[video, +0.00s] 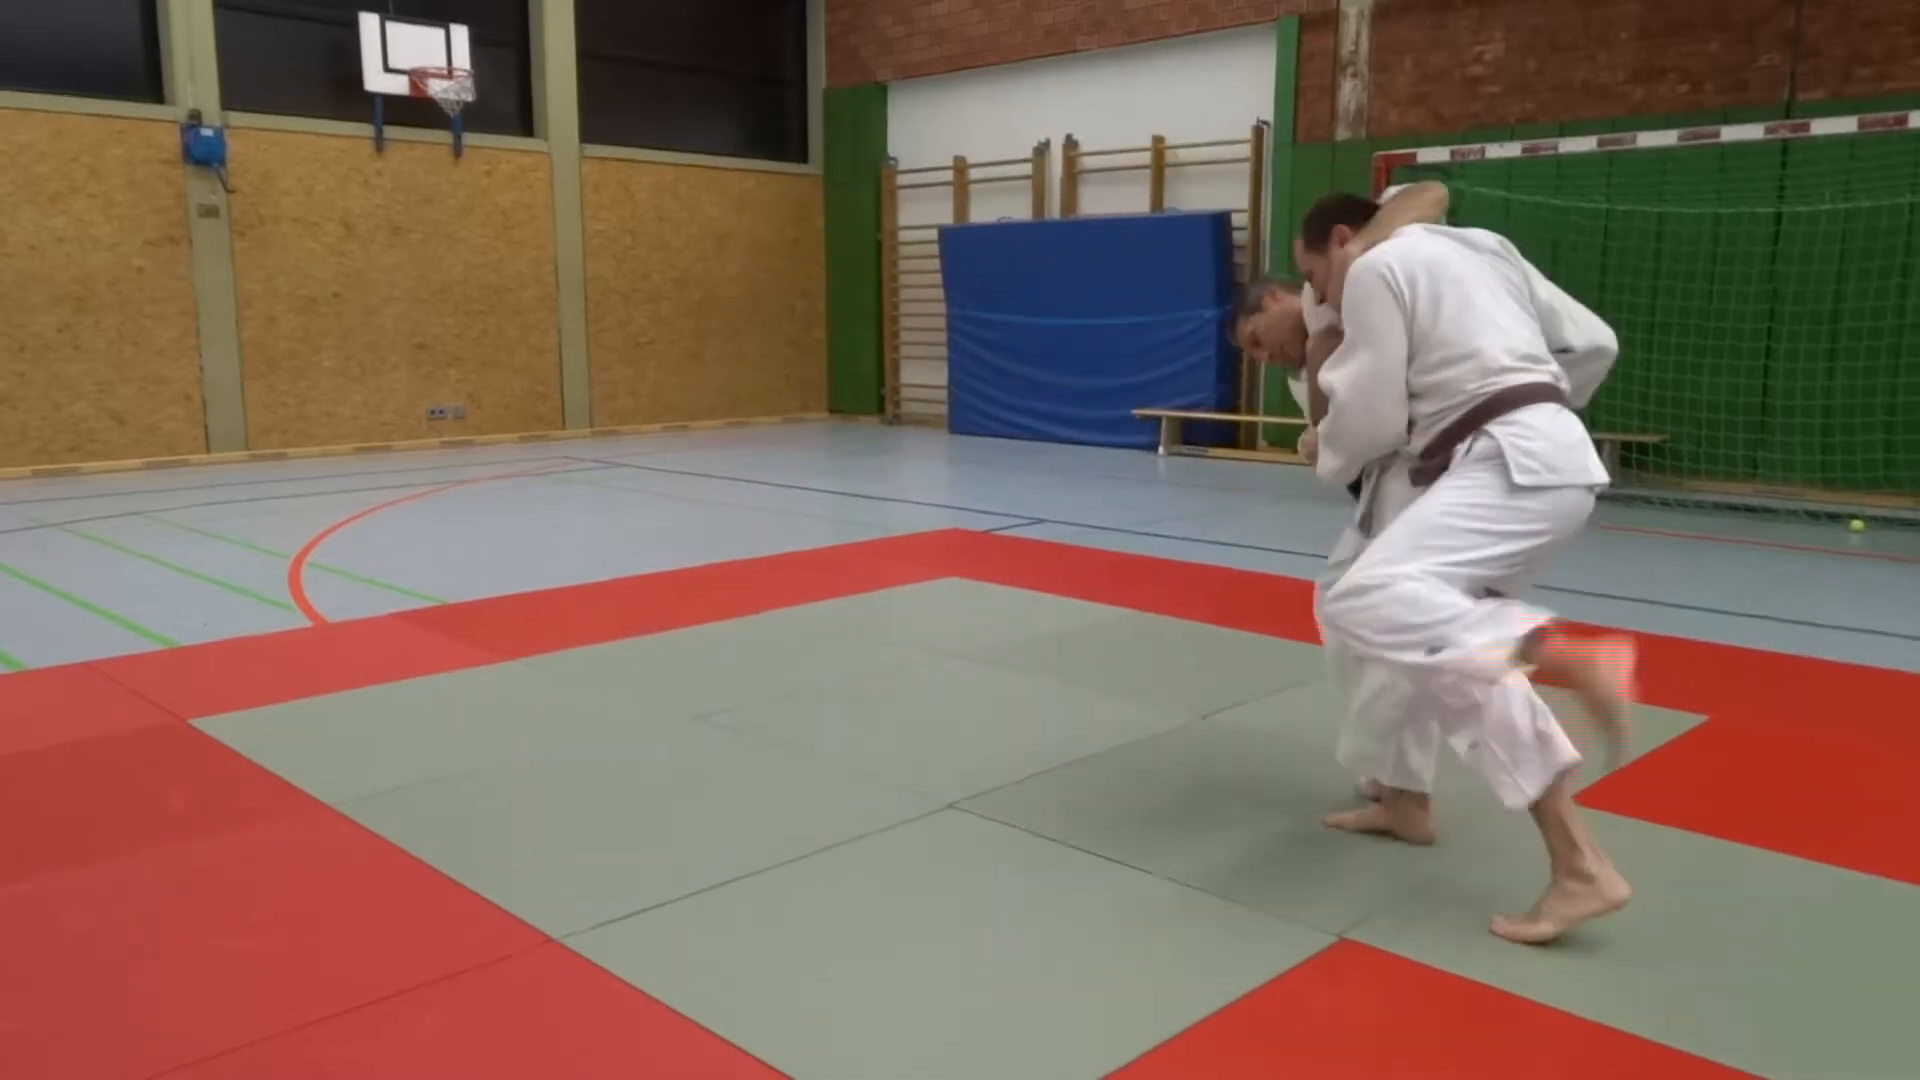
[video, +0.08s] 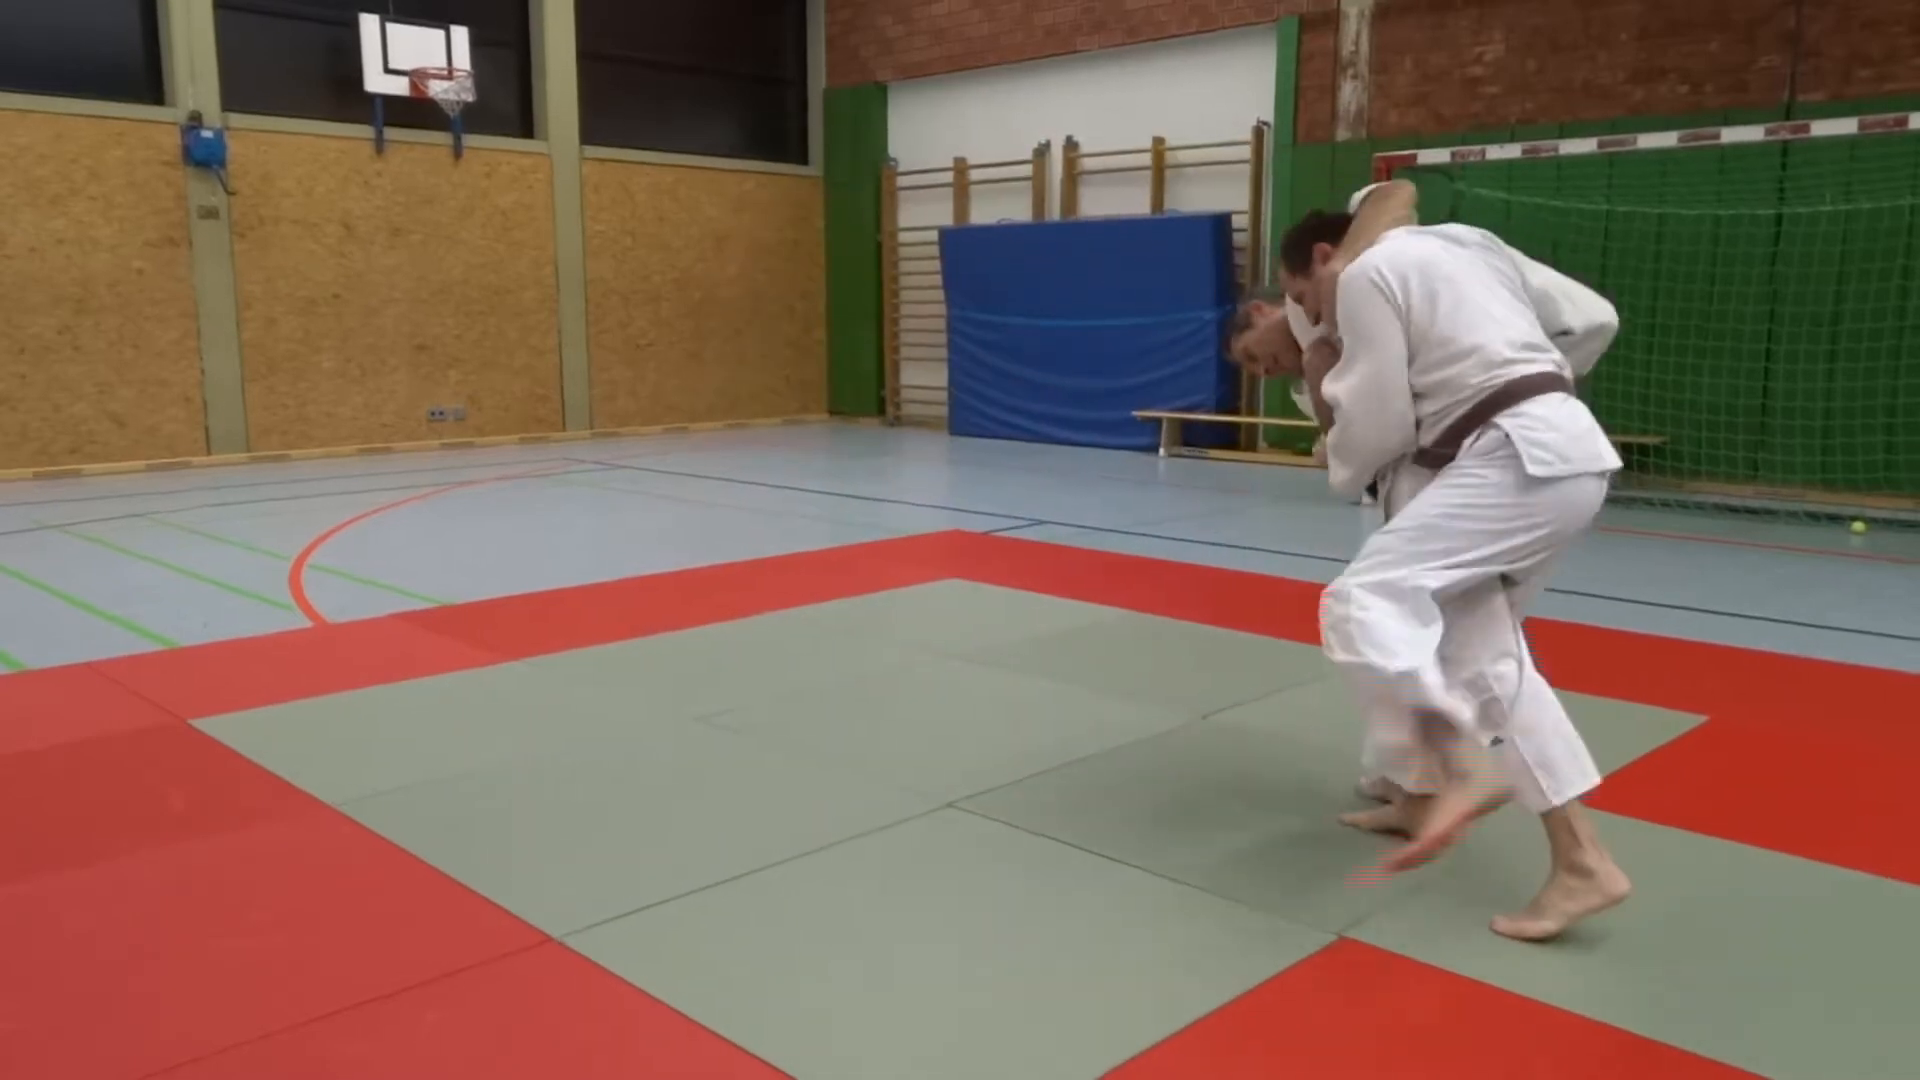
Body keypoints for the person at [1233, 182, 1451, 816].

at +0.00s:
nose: (1262, 353)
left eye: (1256, 337)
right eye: (1253, 352)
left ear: (1278, 296)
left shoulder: (1343, 282)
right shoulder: (1305, 378)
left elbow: (1431, 194)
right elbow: (1324, 446)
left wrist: (1358, 255)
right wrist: (1318, 370)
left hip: (1445, 455)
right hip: (1391, 477)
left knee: (1368, 594)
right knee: (1352, 596)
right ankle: (1400, 793)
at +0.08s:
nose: (1312, 311)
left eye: (1306, 294)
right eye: (1304, 301)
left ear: (1327, 259)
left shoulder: (1362, 277)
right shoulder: (1469, 242)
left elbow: (1378, 419)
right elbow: (1592, 315)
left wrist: (1343, 465)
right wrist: (1532, 386)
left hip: (1519, 452)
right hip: (1578, 453)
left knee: (1364, 597)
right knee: (1479, 652)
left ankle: (1458, 765)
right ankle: (1581, 862)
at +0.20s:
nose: (1301, 341)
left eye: (1290, 326)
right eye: (1290, 333)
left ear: (1299, 288)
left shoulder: (1333, 291)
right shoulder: (1443, 230)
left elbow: (1373, 437)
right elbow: (1586, 268)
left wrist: (1368, 487)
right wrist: (1503, 326)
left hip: (1510, 446)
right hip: (1583, 433)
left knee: (1419, 636)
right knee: (1508, 635)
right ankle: (1580, 856)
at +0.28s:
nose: (1298, 363)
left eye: (1285, 347)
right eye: (1289, 352)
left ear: (1289, 307)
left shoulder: (1321, 297)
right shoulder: (1441, 226)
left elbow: (1369, 452)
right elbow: (1565, 281)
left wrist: (1393, 494)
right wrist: (1479, 320)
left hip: (1499, 446)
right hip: (1583, 432)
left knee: (1386, 634)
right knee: (1509, 632)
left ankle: (1387, 856)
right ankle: (1566, 852)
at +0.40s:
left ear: (1314, 257)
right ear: (1372, 225)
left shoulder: (1304, 294)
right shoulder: (1455, 230)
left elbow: (1354, 457)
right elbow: (1535, 316)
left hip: (1461, 451)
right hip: (1570, 439)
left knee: (1339, 645)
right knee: (1576, 658)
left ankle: (1329, 864)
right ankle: (1604, 846)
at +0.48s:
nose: (1334, 272)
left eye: (1330, 262)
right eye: (1351, 253)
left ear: (1329, 262)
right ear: (1390, 243)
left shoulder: (1308, 302)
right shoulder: (1464, 252)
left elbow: (1314, 459)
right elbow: (1532, 350)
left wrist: (1358, 498)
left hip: (1425, 482)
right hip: (1547, 470)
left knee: (1338, 662)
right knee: (1611, 670)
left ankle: (1329, 867)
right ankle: (1675, 864)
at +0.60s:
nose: (1318, 308)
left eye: (1321, 297)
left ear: (1332, 295)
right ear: (1390, 276)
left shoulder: (1306, 341)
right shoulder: (1472, 295)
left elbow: (1304, 490)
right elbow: (1518, 395)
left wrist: (1345, 567)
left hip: (1404, 510)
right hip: (1529, 501)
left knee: (1317, 681)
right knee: (1547, 682)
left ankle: (1322, 869)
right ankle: (1635, 858)